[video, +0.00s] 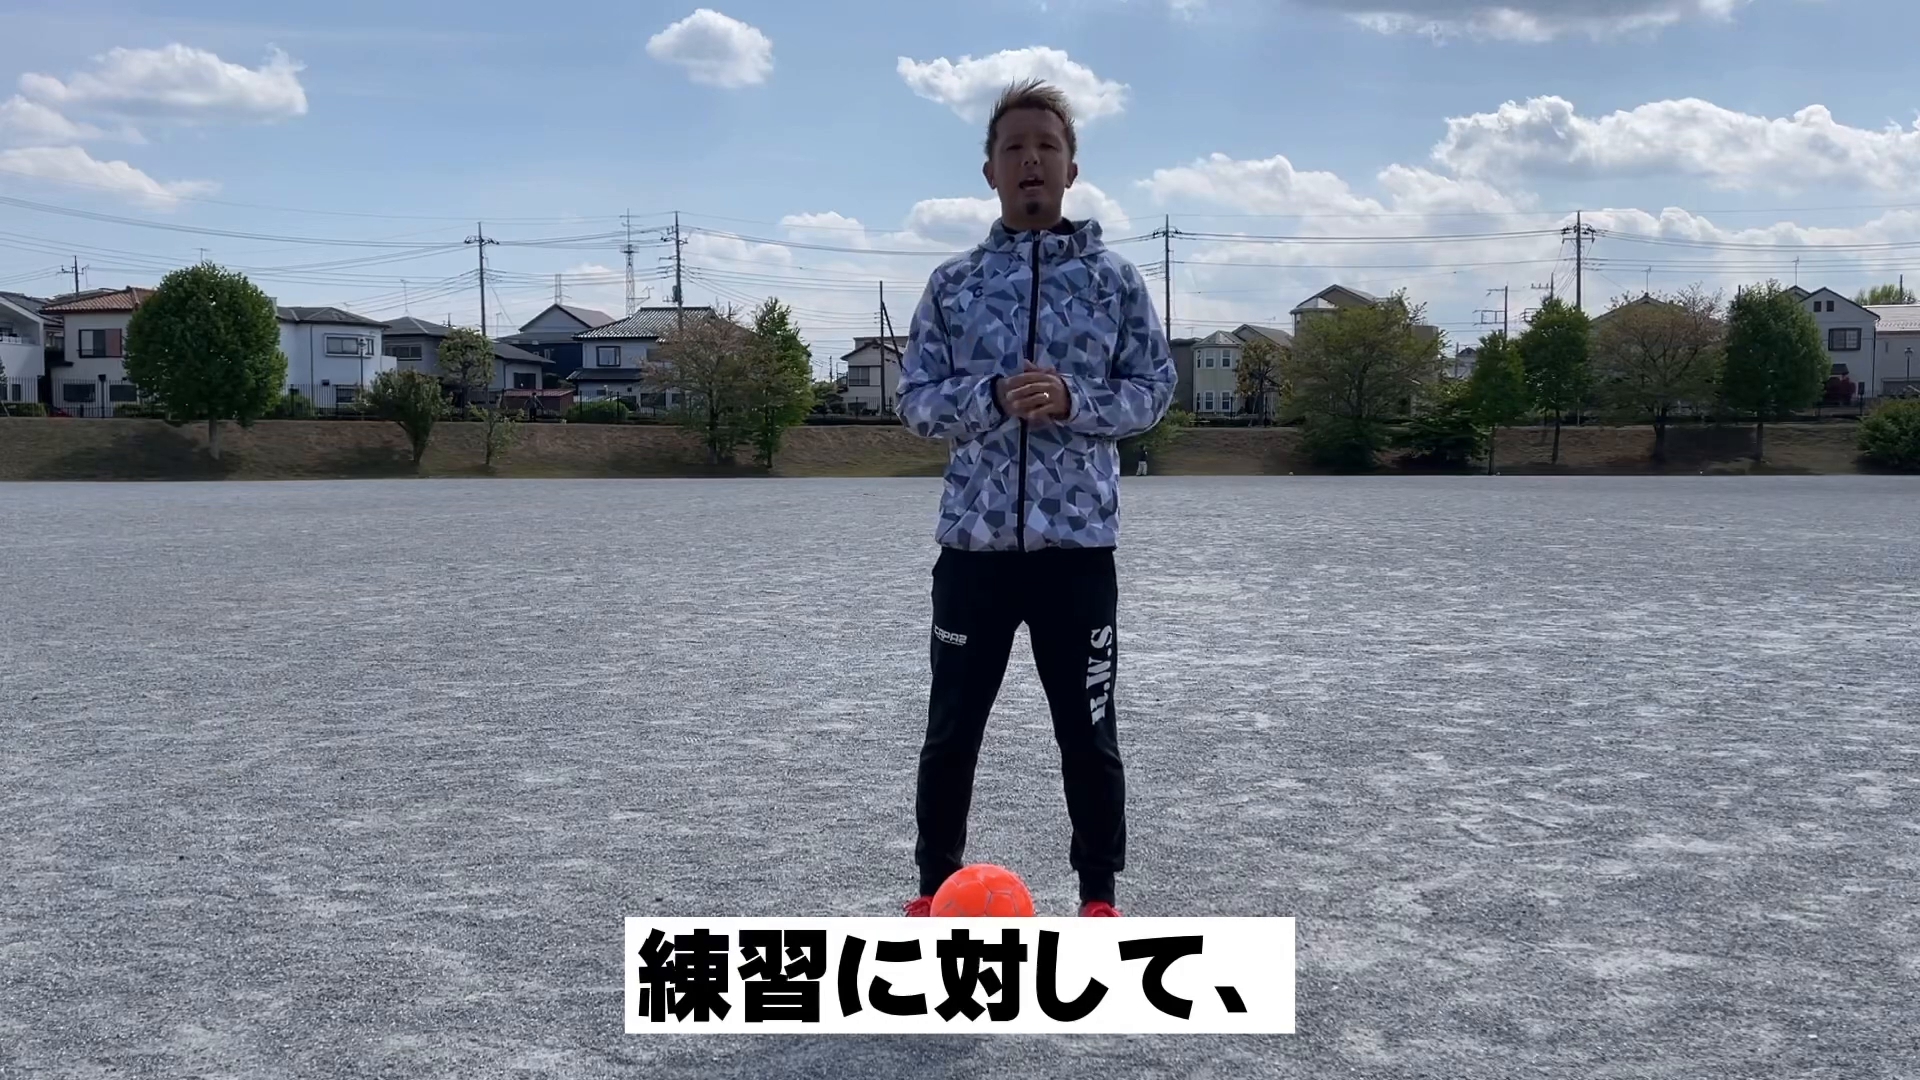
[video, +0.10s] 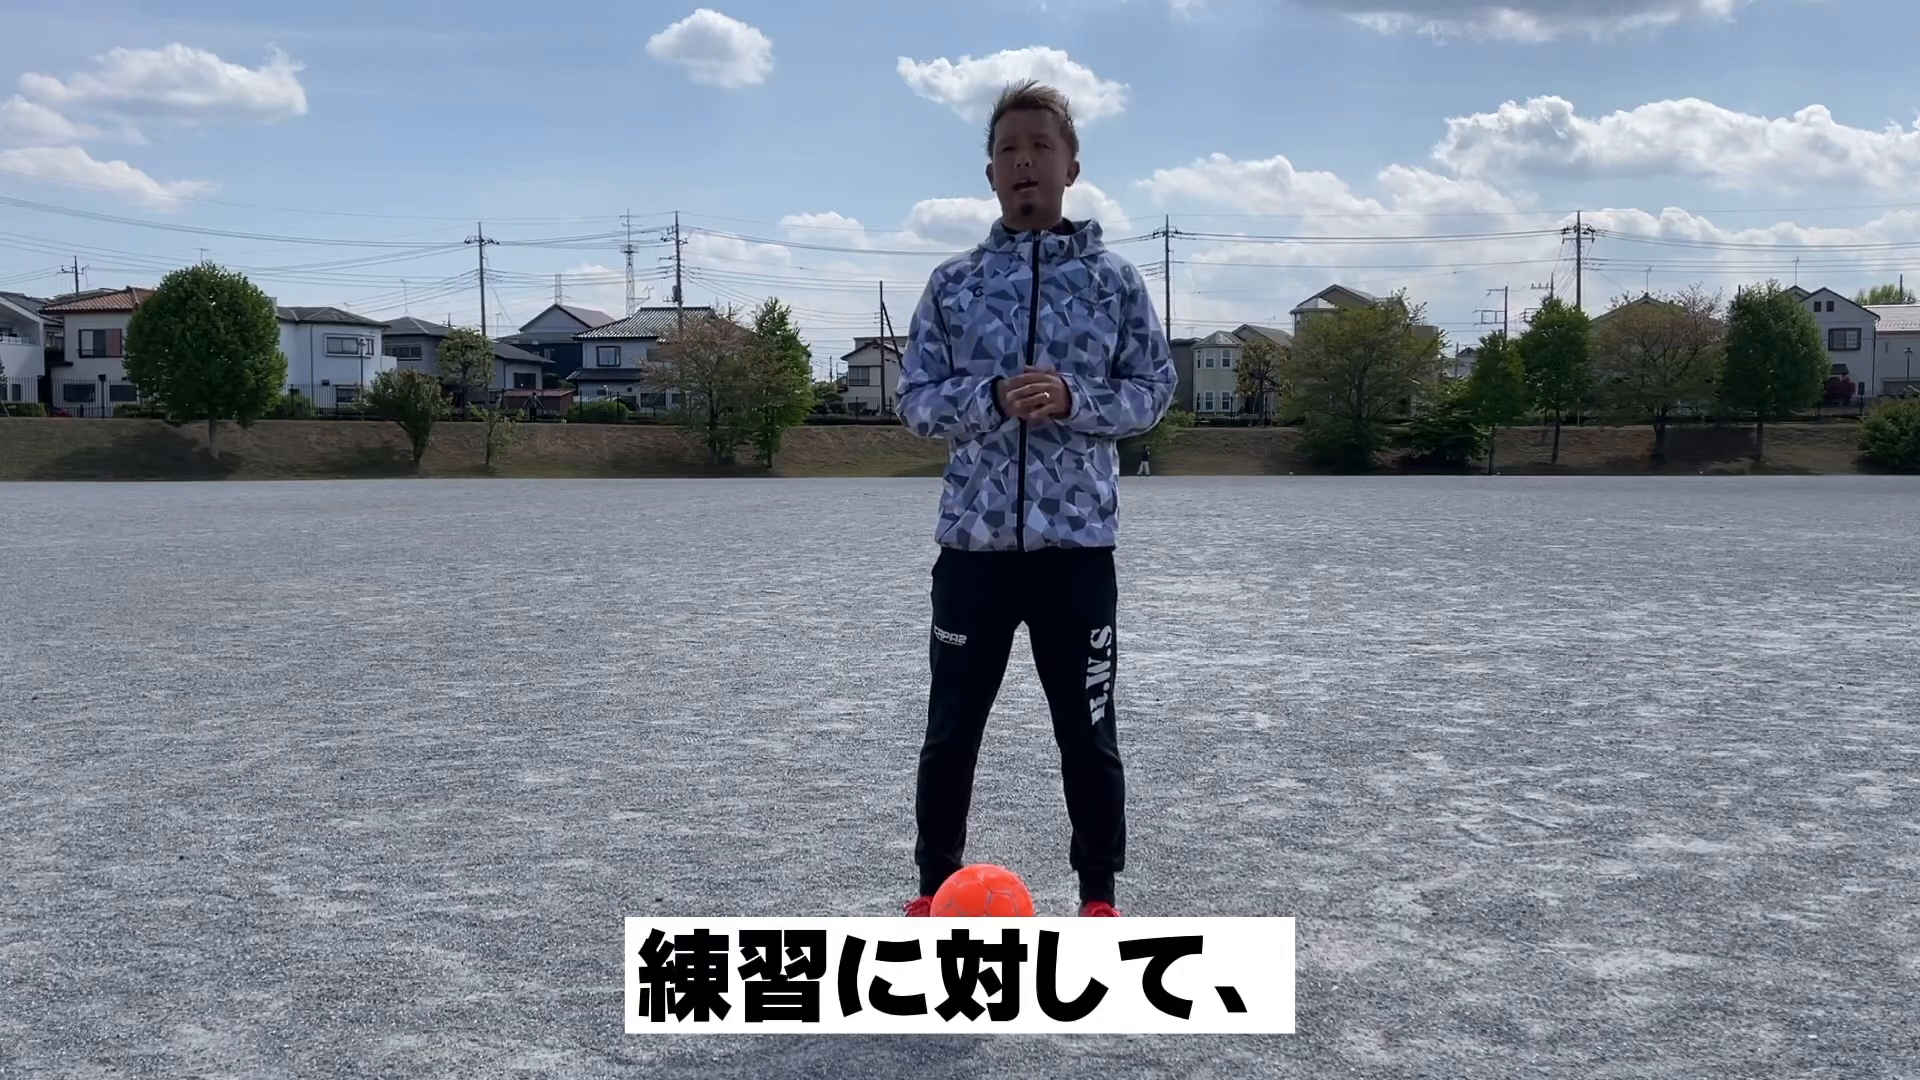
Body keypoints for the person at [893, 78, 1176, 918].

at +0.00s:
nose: (1031, 162)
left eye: (1048, 147)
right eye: (1014, 148)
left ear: (1071, 167)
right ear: (991, 169)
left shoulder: (1115, 281)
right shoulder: (953, 284)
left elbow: (1151, 392)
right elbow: (919, 399)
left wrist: (1077, 402)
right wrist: (990, 397)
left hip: (1075, 539)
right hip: (974, 538)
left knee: (1087, 728)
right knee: (951, 727)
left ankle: (1098, 898)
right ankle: (933, 895)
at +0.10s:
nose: (1023, 161)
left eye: (1040, 147)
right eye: (1008, 148)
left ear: (1071, 164)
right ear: (991, 168)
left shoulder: (1115, 281)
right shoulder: (953, 283)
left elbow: (1150, 395)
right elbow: (919, 399)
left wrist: (1076, 400)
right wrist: (990, 397)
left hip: (1074, 539)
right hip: (974, 539)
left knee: (1086, 727)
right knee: (950, 728)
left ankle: (1098, 897)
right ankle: (933, 895)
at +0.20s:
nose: (1012, 162)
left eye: (1031, 147)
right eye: (1001, 148)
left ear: (1070, 165)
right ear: (988, 165)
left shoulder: (1113, 282)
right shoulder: (953, 283)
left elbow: (1150, 396)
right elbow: (916, 398)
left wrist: (1070, 399)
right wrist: (988, 397)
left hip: (1073, 540)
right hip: (972, 539)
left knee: (1086, 727)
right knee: (950, 727)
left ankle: (1097, 898)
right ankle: (933, 895)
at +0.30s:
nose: (1006, 164)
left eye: (1026, 150)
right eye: (998, 151)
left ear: (1069, 167)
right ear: (988, 166)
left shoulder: (1113, 281)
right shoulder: (953, 284)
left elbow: (1151, 397)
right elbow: (916, 401)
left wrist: (1068, 397)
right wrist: (986, 396)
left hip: (1072, 539)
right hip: (971, 539)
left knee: (1085, 728)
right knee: (950, 728)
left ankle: (1097, 898)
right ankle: (933, 894)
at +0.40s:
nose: (1005, 165)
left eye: (1025, 151)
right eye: (997, 151)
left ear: (1069, 167)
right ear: (988, 165)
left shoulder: (1113, 281)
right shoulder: (954, 284)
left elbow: (1150, 396)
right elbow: (918, 400)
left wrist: (1064, 394)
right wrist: (987, 390)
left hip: (1070, 538)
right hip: (970, 538)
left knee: (1085, 728)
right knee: (951, 727)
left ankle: (1097, 898)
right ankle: (933, 894)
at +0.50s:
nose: (1010, 164)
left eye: (1029, 150)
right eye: (1000, 151)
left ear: (1069, 166)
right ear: (989, 165)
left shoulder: (1113, 280)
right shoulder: (955, 284)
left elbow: (1150, 395)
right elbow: (917, 398)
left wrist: (1061, 390)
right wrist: (983, 386)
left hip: (1070, 538)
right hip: (970, 537)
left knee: (1084, 728)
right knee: (951, 728)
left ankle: (1098, 898)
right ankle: (934, 893)